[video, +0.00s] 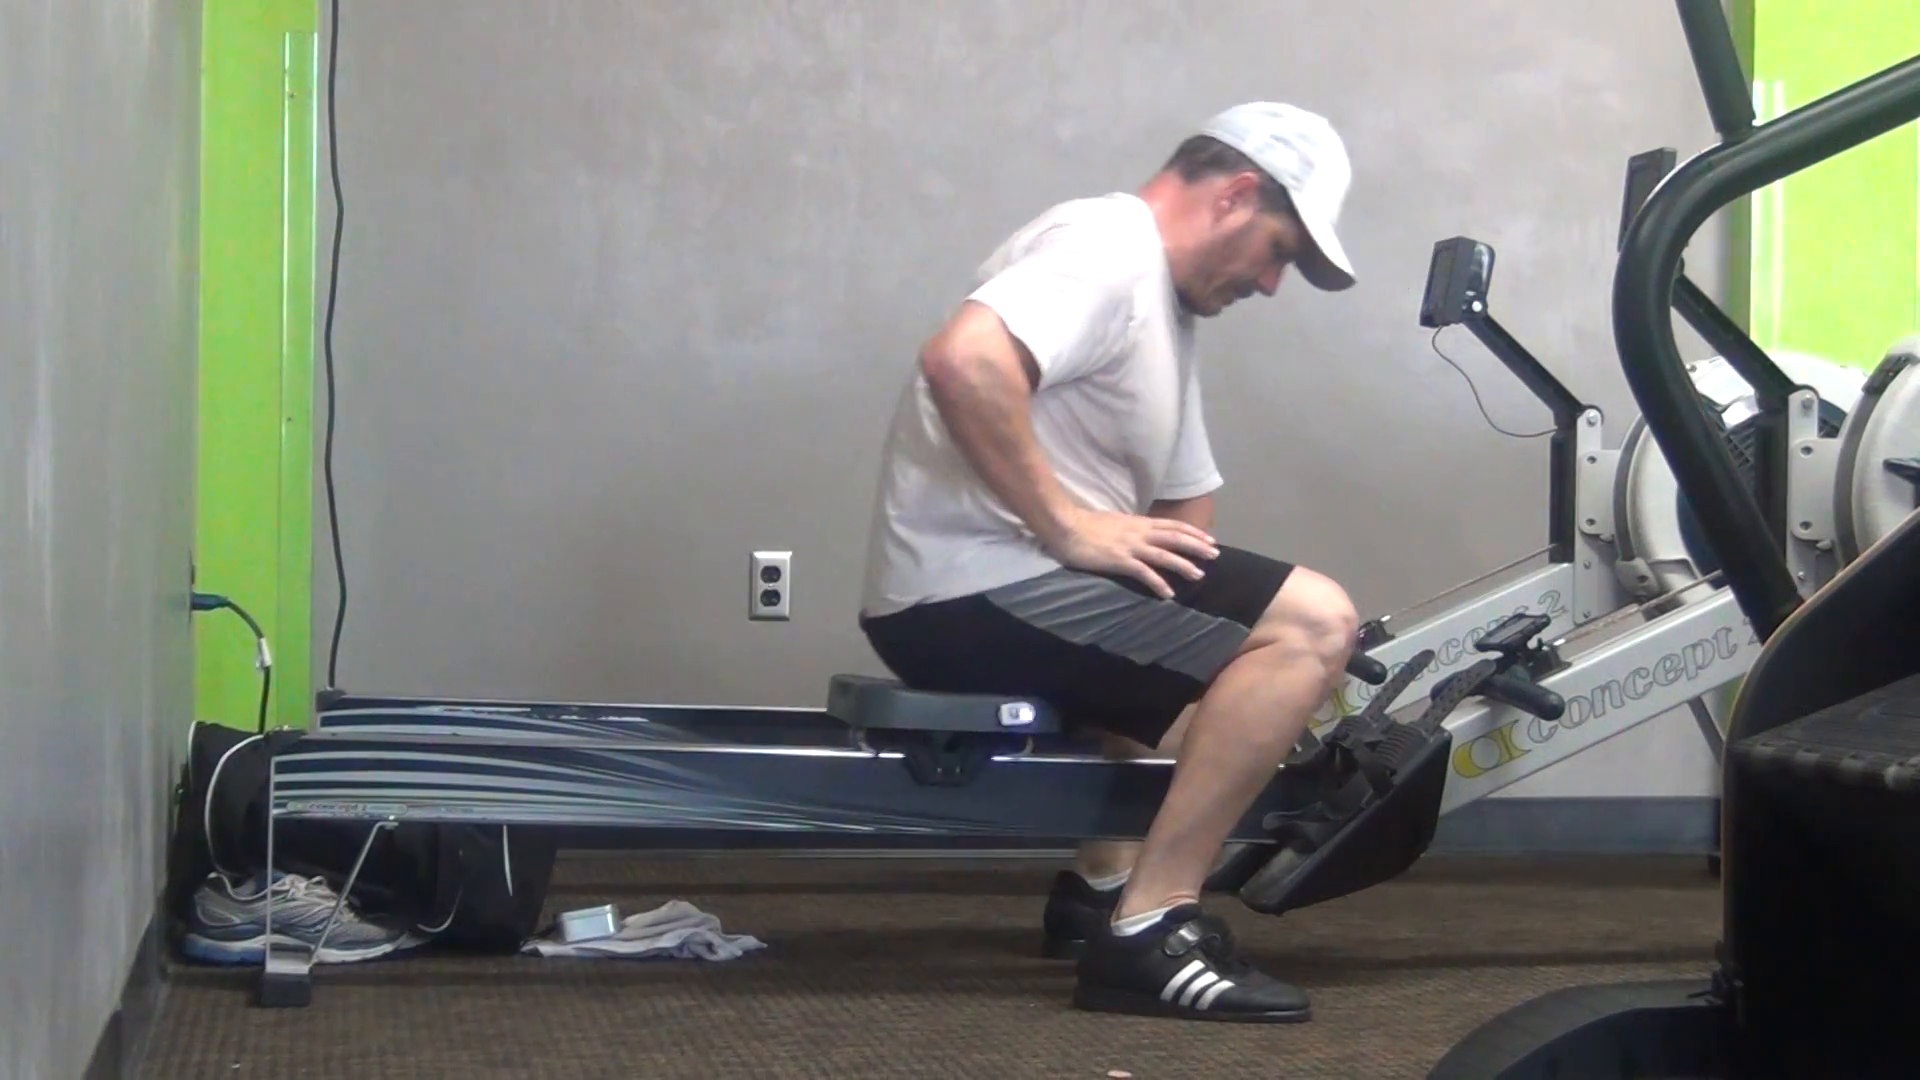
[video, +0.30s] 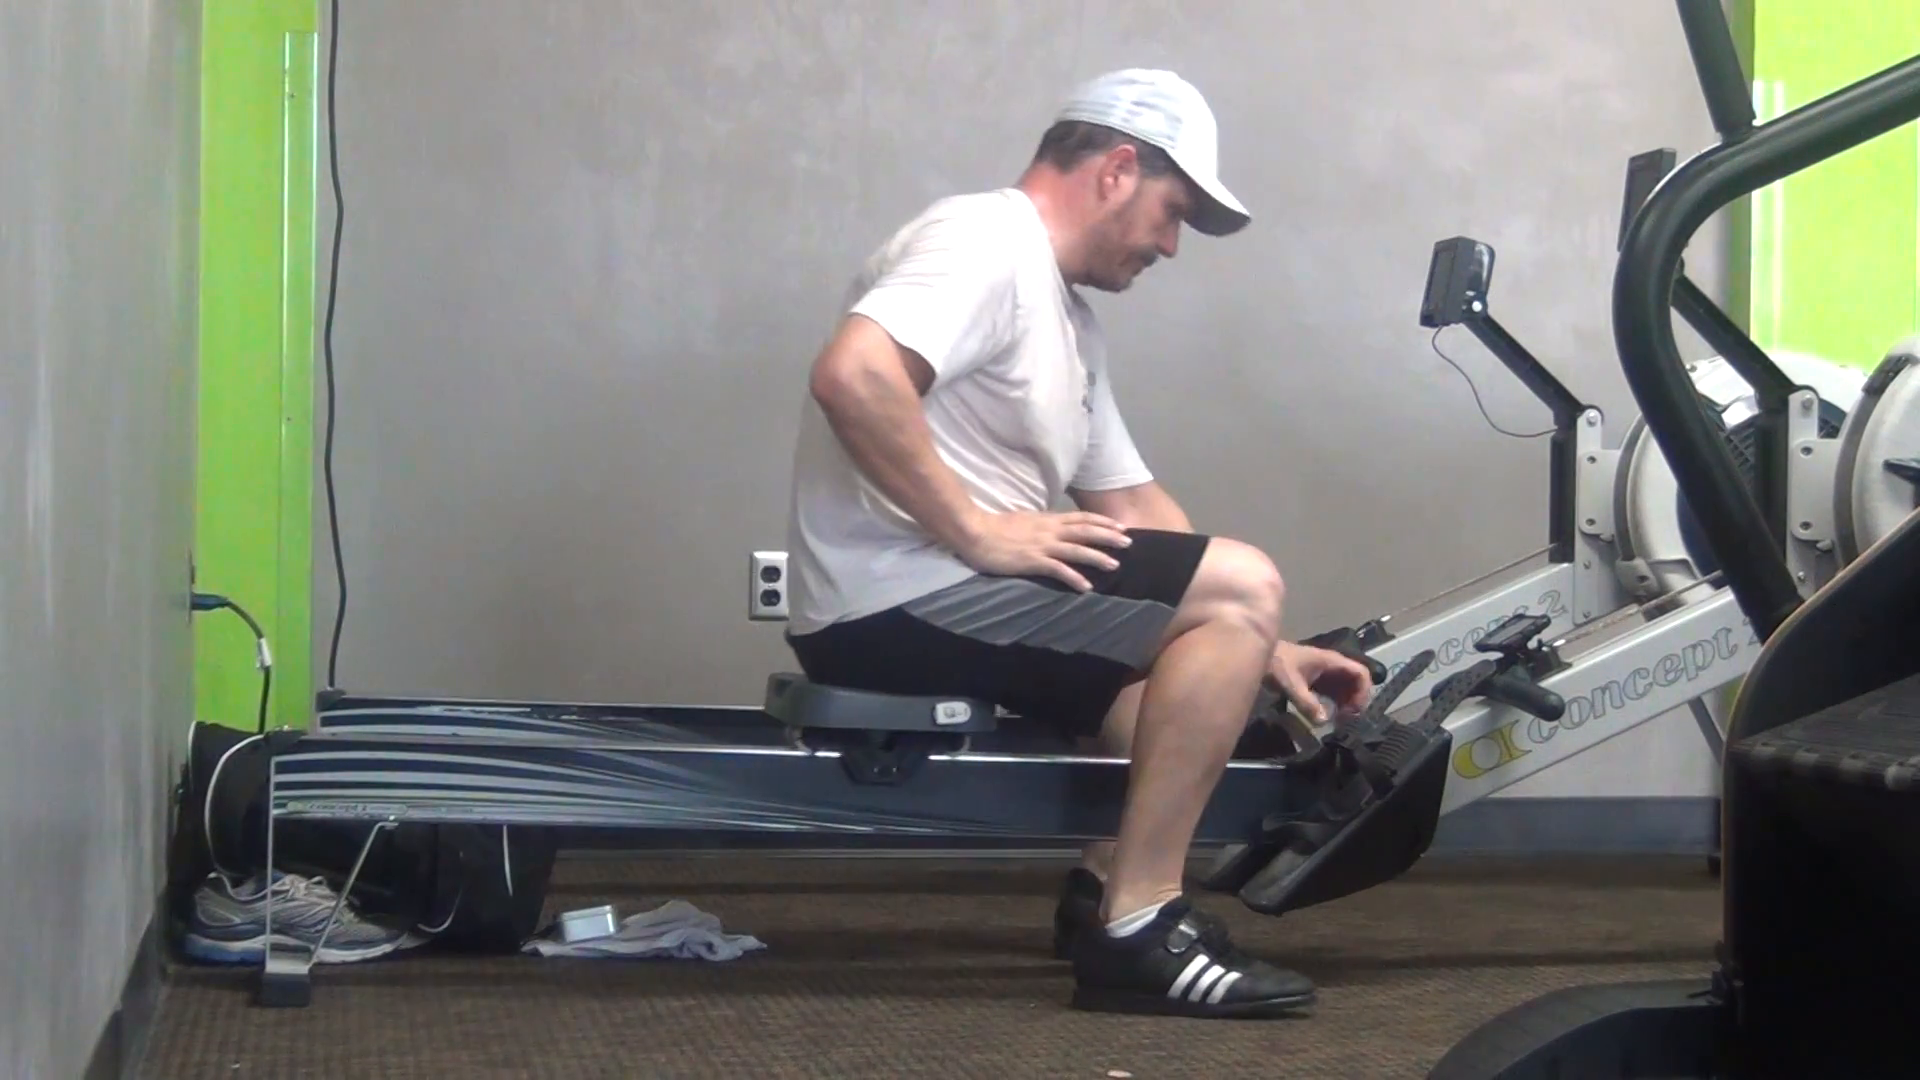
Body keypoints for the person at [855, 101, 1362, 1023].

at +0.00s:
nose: (1274, 283)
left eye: (1289, 265)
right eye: (1283, 253)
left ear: (1233, 198)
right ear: (1235, 197)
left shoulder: (1160, 301)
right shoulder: (1110, 242)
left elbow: (1190, 507)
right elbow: (966, 358)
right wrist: (1067, 522)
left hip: (1021, 585)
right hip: (965, 591)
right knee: (1313, 624)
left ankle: (1102, 880)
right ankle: (1148, 930)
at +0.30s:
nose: (1173, 246)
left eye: (1185, 222)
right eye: (1175, 212)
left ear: (1114, 177)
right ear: (1116, 171)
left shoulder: (1066, 314)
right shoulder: (989, 239)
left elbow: (1132, 501)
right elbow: (855, 376)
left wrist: (1267, 652)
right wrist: (974, 529)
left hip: (954, 596)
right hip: (884, 597)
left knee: (1205, 692)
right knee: (1244, 584)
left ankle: (1109, 892)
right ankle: (1139, 925)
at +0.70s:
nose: (1133, 234)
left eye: (1141, 211)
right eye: (1130, 199)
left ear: (1067, 172)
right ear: (1067, 166)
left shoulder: (1041, 343)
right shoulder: (922, 234)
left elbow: (1126, 520)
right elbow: (777, 359)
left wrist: (1263, 674)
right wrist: (901, 525)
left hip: (914, 603)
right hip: (817, 596)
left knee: (1164, 628)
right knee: (1181, 567)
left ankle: (1136, 929)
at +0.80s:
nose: (1114, 225)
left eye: (1122, 203)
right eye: (1110, 190)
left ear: (1051, 166)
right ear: (1046, 156)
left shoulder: (1025, 339)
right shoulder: (908, 232)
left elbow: (1110, 515)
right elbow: (768, 363)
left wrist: (1254, 661)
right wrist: (899, 524)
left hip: (910, 602)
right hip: (814, 598)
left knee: (1163, 625)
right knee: (1180, 560)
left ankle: (1136, 927)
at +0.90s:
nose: (1087, 217)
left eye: (1095, 195)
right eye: (1083, 183)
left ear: (1020, 155)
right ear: (1020, 147)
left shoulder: (1008, 334)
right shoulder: (887, 225)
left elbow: (1104, 505)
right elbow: (753, 361)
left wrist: (1245, 650)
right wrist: (892, 521)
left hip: (906, 598)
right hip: (814, 596)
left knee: (1161, 621)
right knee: (1177, 559)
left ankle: (1137, 924)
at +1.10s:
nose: (1036, 208)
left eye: (1044, 187)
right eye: (1031, 173)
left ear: (972, 143)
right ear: (969, 138)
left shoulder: (980, 327)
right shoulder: (832, 214)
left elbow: (1093, 497)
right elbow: (692, 337)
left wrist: (1238, 622)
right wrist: (854, 469)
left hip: (905, 588)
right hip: (809, 585)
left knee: (1104, 589)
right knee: (1134, 467)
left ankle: (1144, 878)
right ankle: (1165, 821)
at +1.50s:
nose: (1008, 208)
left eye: (1019, 187)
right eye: (1000, 174)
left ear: (945, 160)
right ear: (933, 142)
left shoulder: (969, 340)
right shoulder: (797, 217)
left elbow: (1078, 514)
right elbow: (646, 328)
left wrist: (1236, 626)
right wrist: (818, 450)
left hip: (908, 612)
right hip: (802, 589)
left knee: (1111, 587)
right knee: (1109, 407)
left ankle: (1138, 881)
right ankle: (1204, 738)